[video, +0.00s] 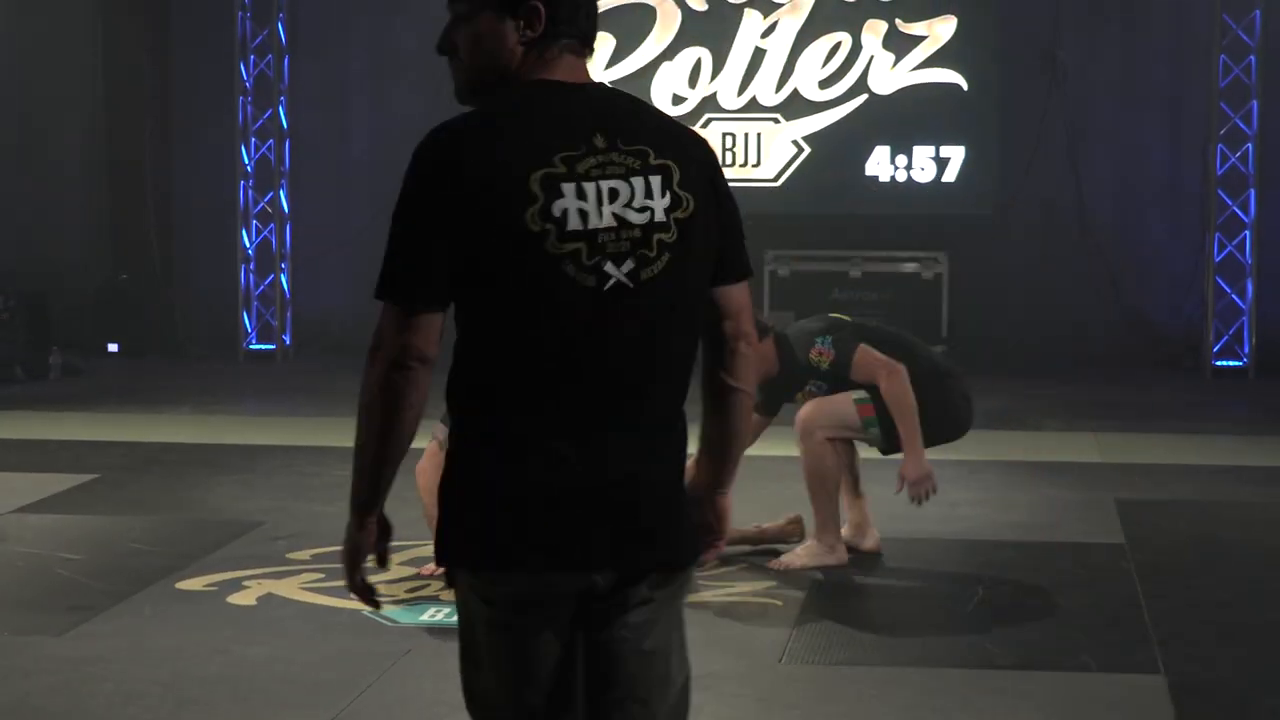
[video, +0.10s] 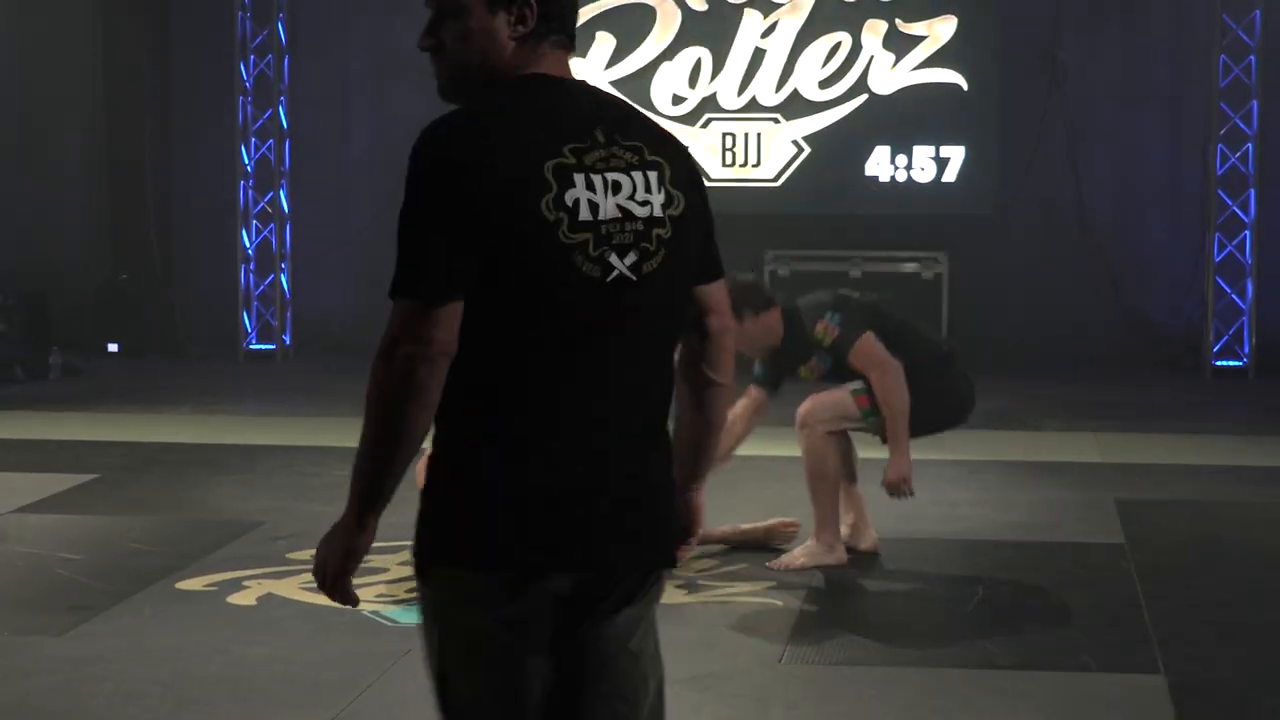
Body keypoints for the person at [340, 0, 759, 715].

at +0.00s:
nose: (443, 47)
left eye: (459, 23)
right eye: (447, 27)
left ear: (527, 22)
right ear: (578, 32)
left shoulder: (458, 151)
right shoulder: (684, 148)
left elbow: (409, 349)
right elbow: (737, 336)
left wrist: (368, 503)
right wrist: (712, 482)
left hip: (508, 507)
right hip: (646, 502)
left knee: (517, 704)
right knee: (646, 705)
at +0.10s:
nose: (426, 37)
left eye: (446, 14)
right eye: (432, 17)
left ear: (518, 17)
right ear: (536, 22)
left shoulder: (457, 144)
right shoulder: (659, 147)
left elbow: (423, 344)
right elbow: (713, 328)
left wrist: (360, 517)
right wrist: (687, 476)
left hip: (489, 510)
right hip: (627, 504)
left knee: (493, 704)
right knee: (620, 704)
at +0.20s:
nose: (399, 38)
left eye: (419, 14)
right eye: (403, 17)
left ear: (494, 16)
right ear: (502, 21)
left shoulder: (441, 144)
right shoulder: (632, 145)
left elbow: (428, 346)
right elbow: (687, 328)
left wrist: (370, 529)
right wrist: (663, 477)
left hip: (467, 529)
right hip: (604, 523)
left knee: (431, 705)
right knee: (592, 708)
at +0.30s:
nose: (360, 45)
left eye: (381, 20)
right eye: (364, 23)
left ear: (457, 20)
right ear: (466, 22)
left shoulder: (410, 155)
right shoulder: (595, 146)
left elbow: (414, 358)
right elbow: (657, 335)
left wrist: (373, 549)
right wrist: (633, 484)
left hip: (445, 544)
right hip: (578, 532)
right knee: (571, 706)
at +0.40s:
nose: (300, 64)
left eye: (322, 37)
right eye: (300, 43)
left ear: (401, 34)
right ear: (408, 36)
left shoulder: (358, 181)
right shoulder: (542, 155)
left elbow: (383, 388)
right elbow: (605, 355)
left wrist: (349, 583)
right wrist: (578, 502)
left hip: (404, 575)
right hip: (539, 556)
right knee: (541, 706)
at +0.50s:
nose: (227, 83)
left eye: (247, 55)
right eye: (228, 60)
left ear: (326, 52)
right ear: (338, 55)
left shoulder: (294, 200)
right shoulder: (466, 171)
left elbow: (320, 423)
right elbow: (537, 353)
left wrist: (278, 617)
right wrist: (496, 503)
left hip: (344, 602)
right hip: (472, 578)